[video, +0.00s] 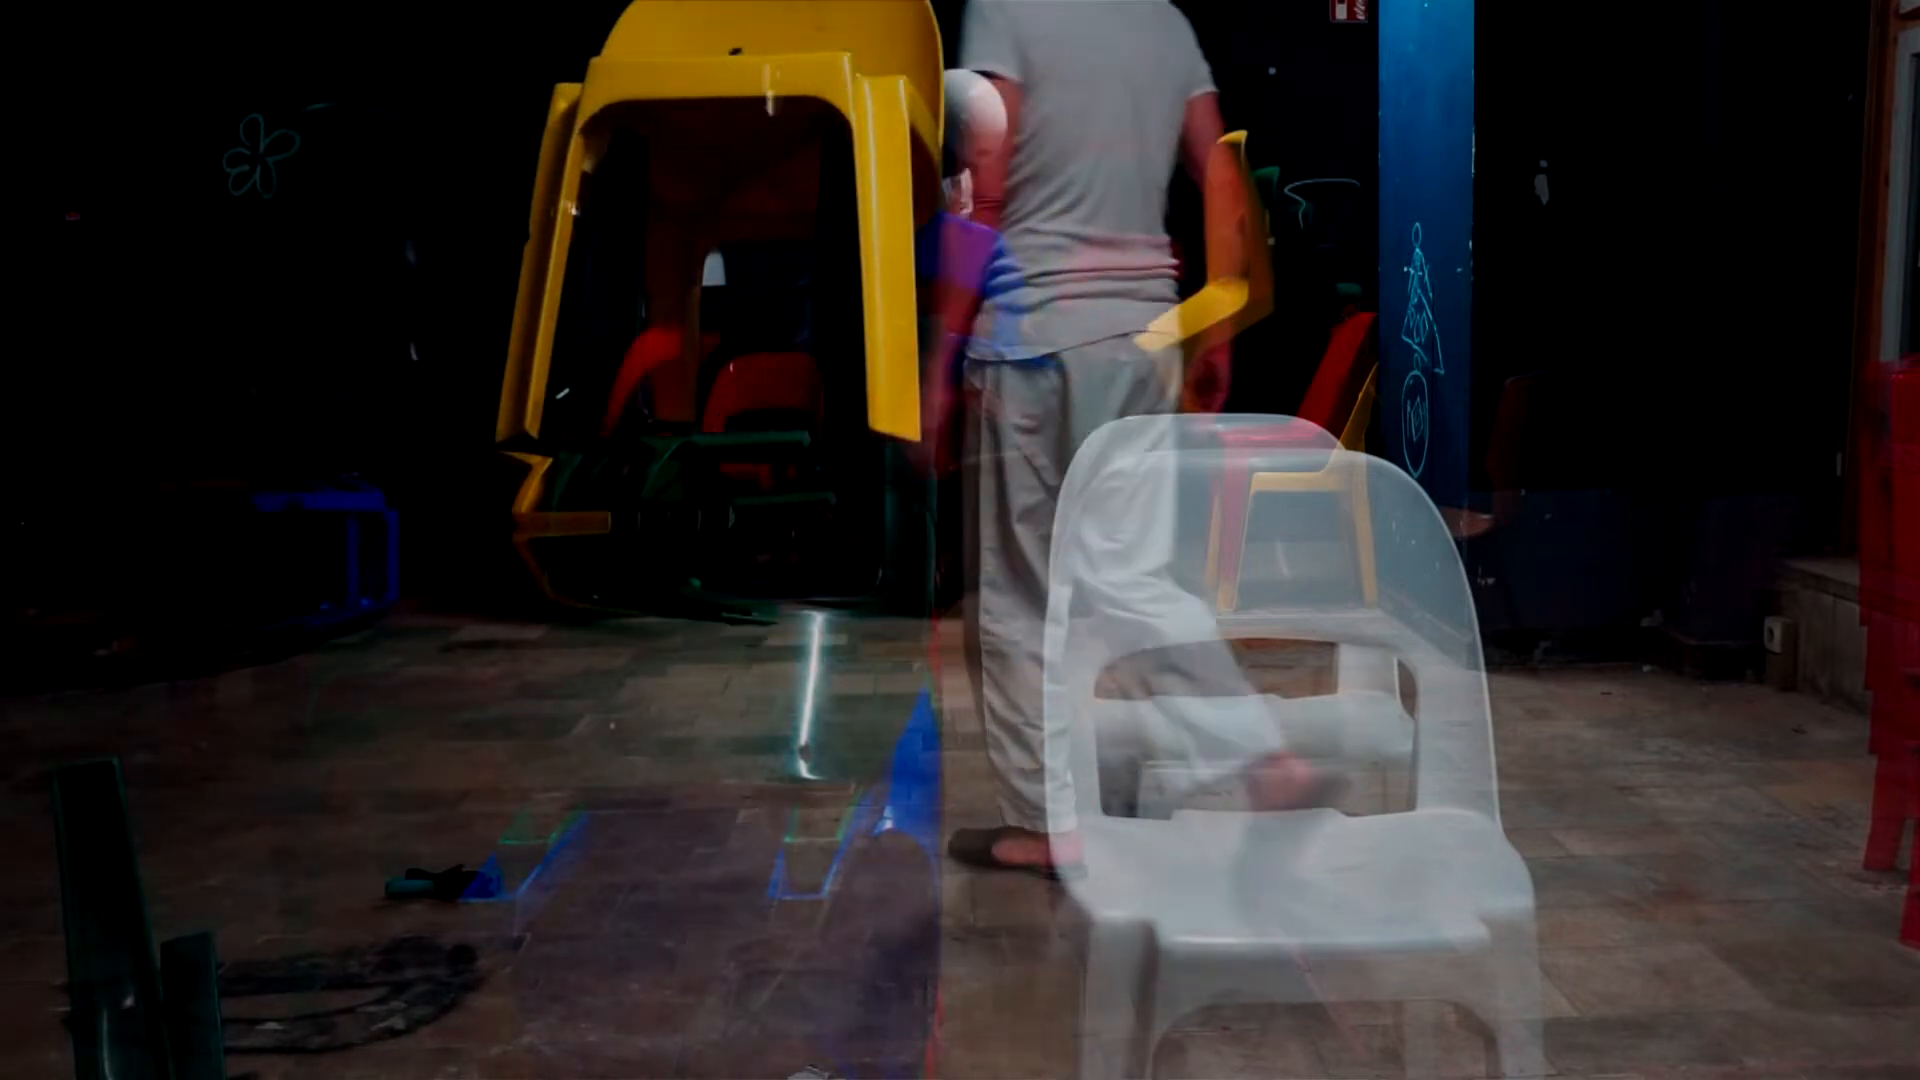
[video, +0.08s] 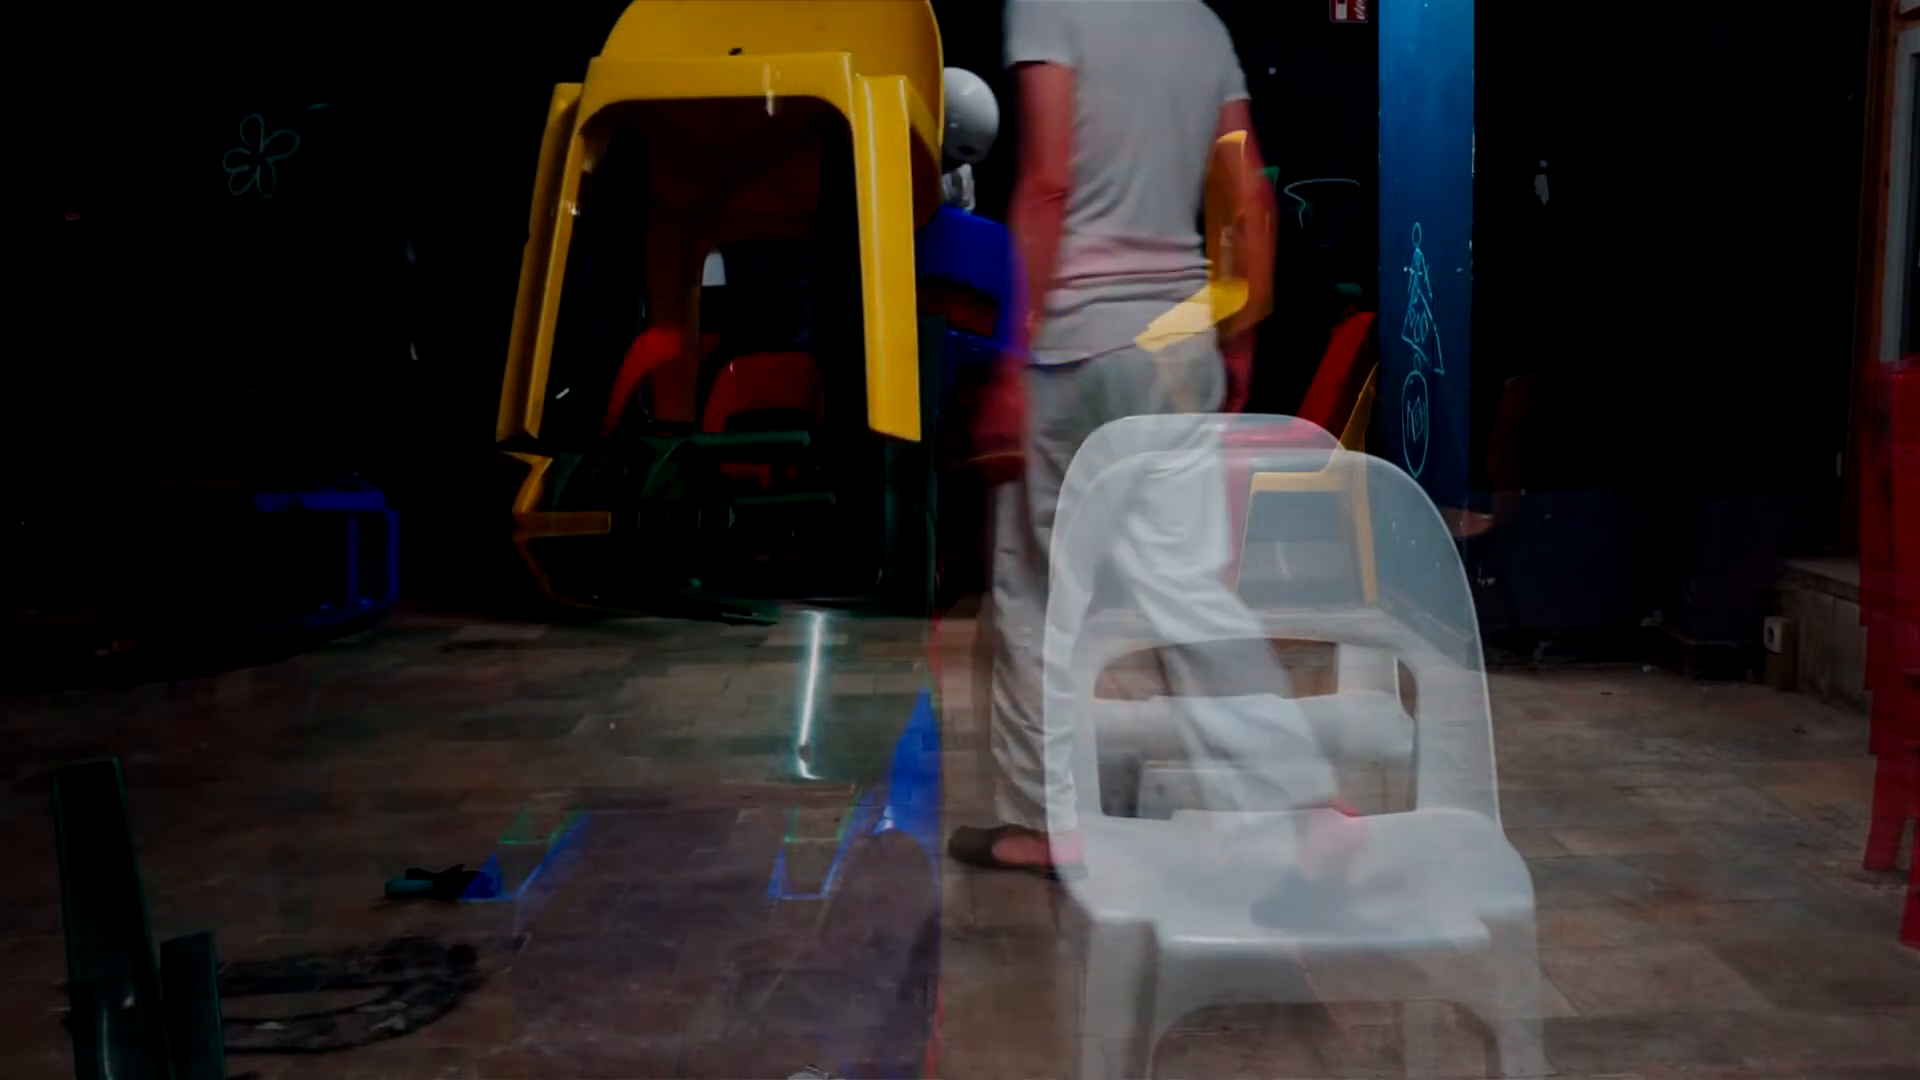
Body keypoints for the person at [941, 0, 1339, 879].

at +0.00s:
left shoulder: (1000, 14)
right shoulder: (1165, 22)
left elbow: (981, 195)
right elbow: (1222, 187)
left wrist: (937, 363)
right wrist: (1217, 330)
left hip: (1032, 331)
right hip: (1147, 325)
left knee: (1019, 587)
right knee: (1136, 574)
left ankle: (1039, 821)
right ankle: (1265, 762)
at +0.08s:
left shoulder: (1046, 10)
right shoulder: (1203, 26)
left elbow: (1048, 183)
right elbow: (1248, 202)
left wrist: (1014, 357)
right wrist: (1240, 332)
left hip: (1072, 333)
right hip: (1181, 328)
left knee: (1032, 589)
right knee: (1187, 584)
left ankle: (1041, 819)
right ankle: (1308, 807)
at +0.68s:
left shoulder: (1335, 7)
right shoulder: (1479, 9)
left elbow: (1347, 158)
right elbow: (1544, 168)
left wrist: (1286, 378)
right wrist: (1510, 344)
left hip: (1368, 348)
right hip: (1456, 344)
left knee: (1359, 657)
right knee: (1341, 644)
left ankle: (1518, 950)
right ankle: (1368, 944)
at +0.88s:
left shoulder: (1416, 4)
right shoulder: (1589, 5)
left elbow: (1417, 137)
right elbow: (1675, 125)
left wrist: (1266, 292)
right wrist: (1631, 327)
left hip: (1443, 361)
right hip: (1561, 347)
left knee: (1494, 700)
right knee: (1444, 665)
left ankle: (1562, 1038)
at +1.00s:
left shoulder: (1473, 1)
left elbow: (1473, 119)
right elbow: (1758, 91)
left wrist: (1307, 294)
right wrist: (1710, 314)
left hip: (1499, 351)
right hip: (1627, 337)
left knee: (1520, 712)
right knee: (1522, 668)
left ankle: (1561, 1045)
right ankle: (1589, 949)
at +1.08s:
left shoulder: (1519, 4)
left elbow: (1520, 114)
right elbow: (1819, 79)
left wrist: (1368, 318)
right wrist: (1766, 309)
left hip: (1536, 350)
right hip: (1672, 332)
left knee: (1522, 706)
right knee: (1604, 681)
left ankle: (1559, 1044)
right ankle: (1742, 965)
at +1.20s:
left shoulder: (1580, 5)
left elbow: (1598, 99)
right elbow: (1905, 57)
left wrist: (1512, 373)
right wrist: (1863, 318)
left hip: (1613, 358)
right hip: (1760, 346)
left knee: (1546, 738)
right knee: (1721, 731)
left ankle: (1568, 1051)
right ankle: (1881, 1023)